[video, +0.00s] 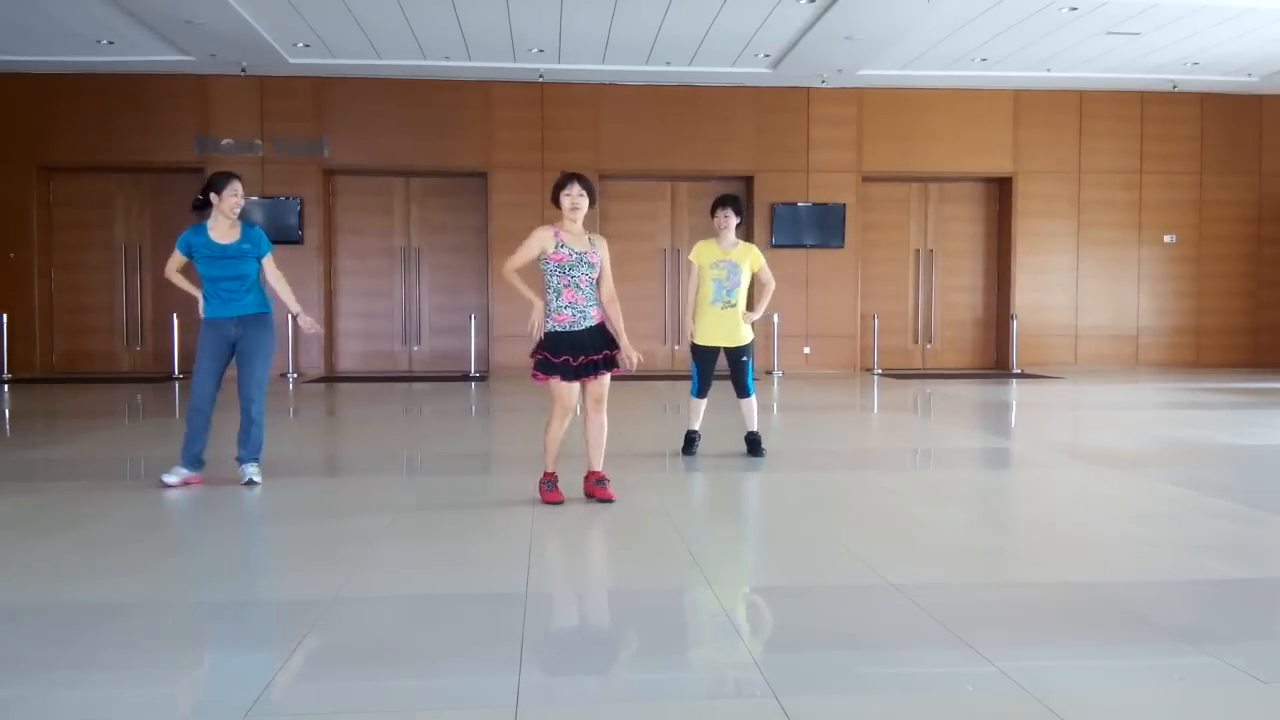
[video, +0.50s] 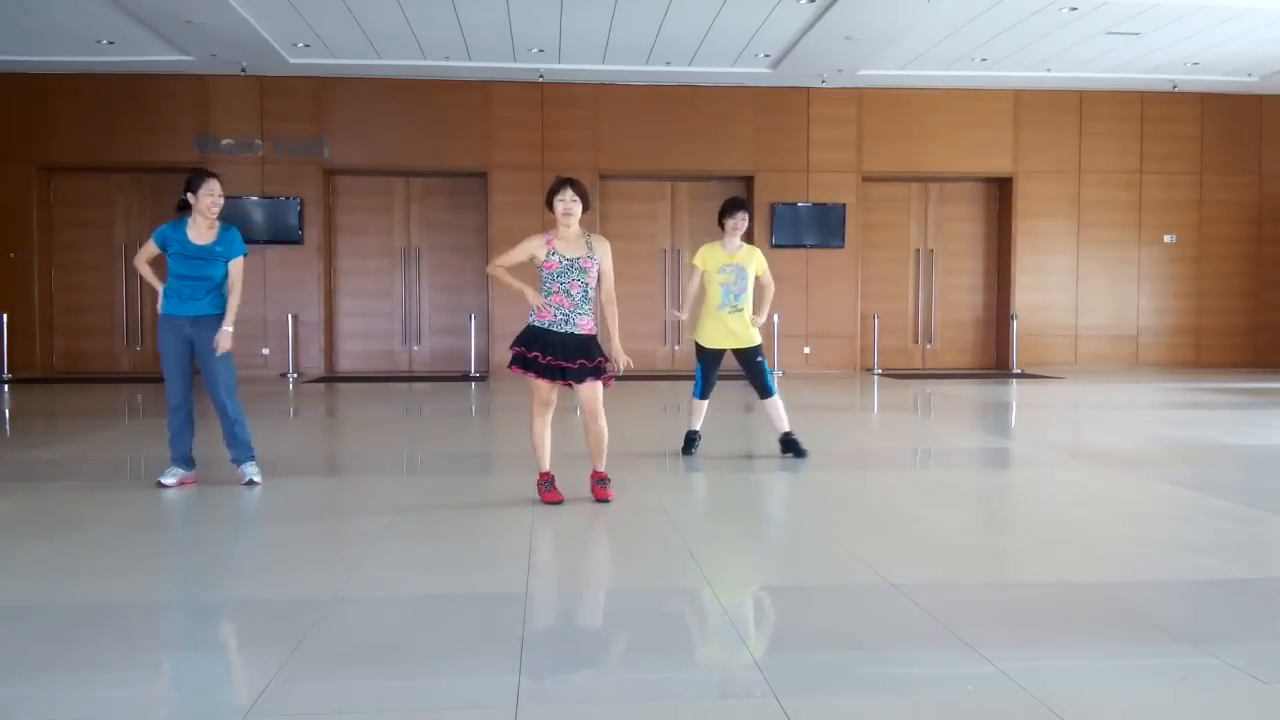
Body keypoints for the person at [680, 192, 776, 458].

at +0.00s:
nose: (721, 220)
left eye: (726, 216)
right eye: (717, 216)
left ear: (737, 220)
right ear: (713, 220)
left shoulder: (749, 252)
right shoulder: (701, 249)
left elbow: (768, 283)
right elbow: (692, 285)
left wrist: (757, 312)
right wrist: (688, 318)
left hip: (737, 329)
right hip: (704, 327)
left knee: (744, 386)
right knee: (700, 385)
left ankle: (753, 436)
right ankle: (692, 434)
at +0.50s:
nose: (737, 224)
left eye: (743, 219)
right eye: (732, 218)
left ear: (747, 224)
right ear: (722, 220)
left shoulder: (753, 254)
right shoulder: (707, 252)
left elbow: (769, 285)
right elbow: (694, 283)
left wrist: (762, 315)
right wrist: (685, 311)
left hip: (744, 330)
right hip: (711, 330)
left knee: (764, 383)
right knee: (703, 385)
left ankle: (786, 436)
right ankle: (693, 434)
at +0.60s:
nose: (748, 224)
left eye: (753, 220)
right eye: (743, 219)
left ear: (758, 225)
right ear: (733, 223)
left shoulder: (766, 257)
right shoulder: (718, 255)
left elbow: (780, 288)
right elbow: (705, 287)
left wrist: (773, 318)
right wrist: (696, 317)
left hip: (756, 332)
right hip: (721, 332)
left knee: (778, 386)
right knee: (709, 386)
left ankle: (800, 437)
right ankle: (694, 434)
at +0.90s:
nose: (779, 217)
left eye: (783, 212)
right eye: (773, 213)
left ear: (790, 217)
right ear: (764, 218)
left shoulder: (802, 250)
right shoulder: (754, 251)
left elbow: (821, 279)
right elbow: (747, 290)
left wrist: (815, 314)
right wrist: (743, 327)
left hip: (797, 329)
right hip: (763, 330)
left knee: (804, 387)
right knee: (751, 387)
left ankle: (807, 438)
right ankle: (740, 436)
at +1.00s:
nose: (783, 213)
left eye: (788, 208)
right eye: (778, 208)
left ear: (795, 213)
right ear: (770, 214)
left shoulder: (807, 246)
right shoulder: (759, 248)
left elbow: (825, 278)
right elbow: (753, 288)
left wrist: (820, 313)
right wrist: (751, 325)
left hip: (800, 327)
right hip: (767, 327)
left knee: (806, 387)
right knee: (768, 387)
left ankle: (808, 437)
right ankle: (766, 437)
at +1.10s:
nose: (787, 211)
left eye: (792, 207)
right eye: (781, 207)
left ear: (798, 212)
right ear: (773, 212)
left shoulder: (810, 245)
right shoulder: (761, 247)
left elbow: (828, 277)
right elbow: (754, 286)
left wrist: (822, 311)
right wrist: (751, 323)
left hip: (802, 326)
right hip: (769, 326)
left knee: (806, 386)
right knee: (776, 387)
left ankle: (808, 437)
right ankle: (778, 438)